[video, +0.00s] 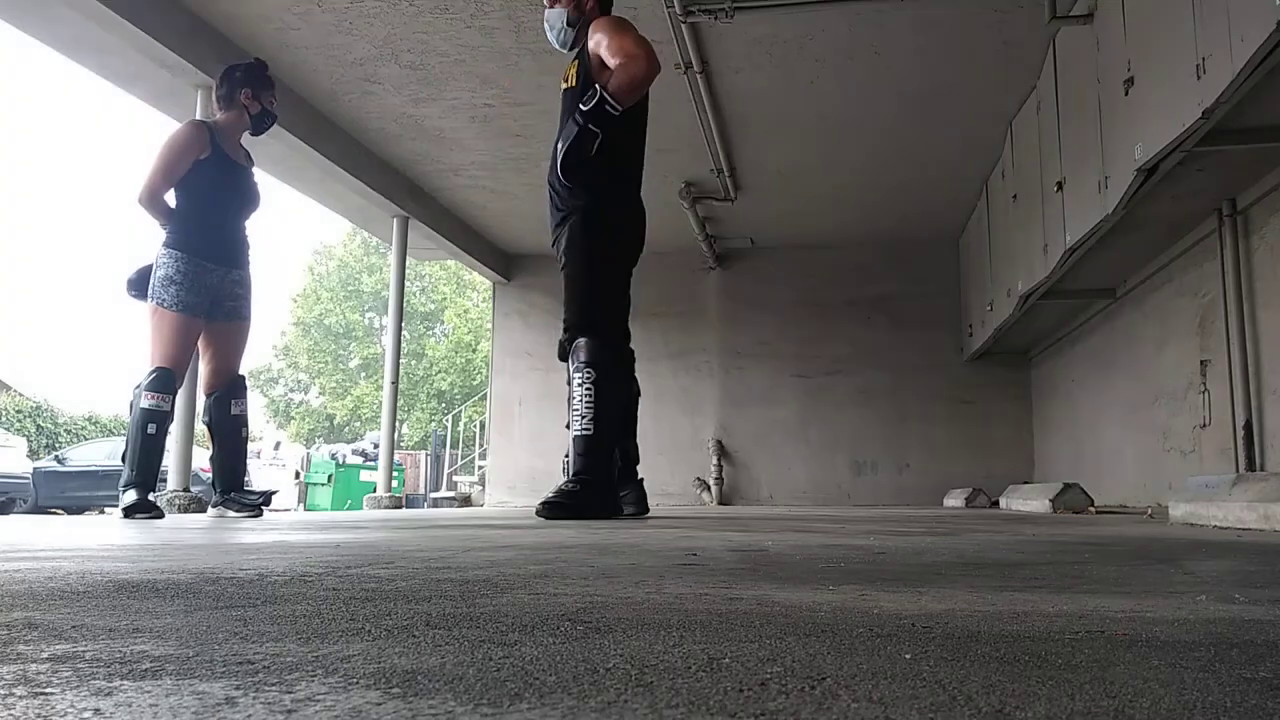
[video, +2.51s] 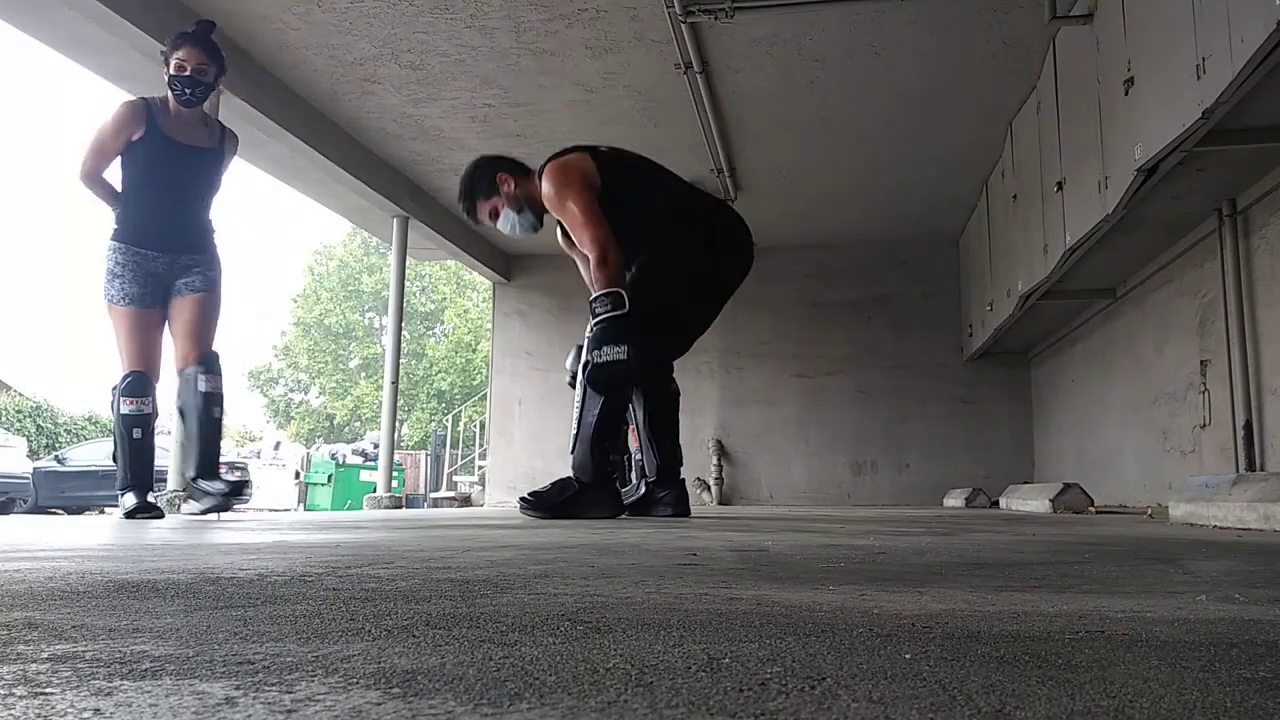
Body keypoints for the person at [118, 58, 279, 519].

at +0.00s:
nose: (272, 112)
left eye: (273, 104)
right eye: (269, 102)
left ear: (242, 100)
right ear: (246, 97)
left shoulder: (243, 155)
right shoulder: (196, 132)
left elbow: (229, 215)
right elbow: (149, 195)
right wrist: (179, 227)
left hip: (234, 271)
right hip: (186, 262)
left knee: (224, 381)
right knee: (165, 374)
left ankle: (228, 488)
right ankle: (138, 489)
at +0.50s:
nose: (248, 99)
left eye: (258, 94)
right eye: (240, 90)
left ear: (266, 103)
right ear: (220, 94)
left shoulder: (250, 159)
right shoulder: (198, 133)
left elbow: (234, 217)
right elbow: (151, 194)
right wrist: (180, 229)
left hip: (235, 273)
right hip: (186, 263)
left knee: (225, 382)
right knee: (164, 375)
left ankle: (228, 488)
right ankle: (138, 489)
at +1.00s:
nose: (227, 97)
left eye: (239, 90)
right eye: (220, 89)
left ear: (258, 99)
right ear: (211, 93)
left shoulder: (264, 161)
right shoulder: (190, 134)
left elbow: (247, 213)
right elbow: (151, 196)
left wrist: (223, 231)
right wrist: (190, 226)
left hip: (239, 275)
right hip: (184, 265)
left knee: (227, 383)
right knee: (164, 375)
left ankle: (229, 488)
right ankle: (138, 489)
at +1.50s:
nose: (226, 95)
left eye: (237, 89)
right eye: (218, 87)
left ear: (255, 98)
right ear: (208, 92)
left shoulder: (261, 160)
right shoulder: (186, 136)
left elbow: (247, 212)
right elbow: (151, 200)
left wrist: (239, 236)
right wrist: (191, 228)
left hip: (239, 274)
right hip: (185, 266)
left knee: (229, 384)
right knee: (165, 376)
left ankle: (229, 488)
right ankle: (137, 489)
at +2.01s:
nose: (212, 89)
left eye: (223, 82)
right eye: (204, 79)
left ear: (239, 92)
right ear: (190, 84)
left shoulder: (241, 154)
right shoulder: (165, 130)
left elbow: (228, 205)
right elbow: (127, 194)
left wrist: (200, 224)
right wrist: (167, 220)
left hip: (219, 271)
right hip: (164, 263)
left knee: (221, 381)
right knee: (152, 374)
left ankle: (228, 487)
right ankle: (137, 489)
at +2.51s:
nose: (188, 77)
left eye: (200, 70)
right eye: (180, 66)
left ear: (216, 79)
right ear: (166, 69)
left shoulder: (226, 141)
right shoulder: (137, 113)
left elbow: (204, 197)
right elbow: (90, 172)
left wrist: (188, 223)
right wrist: (128, 210)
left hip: (196, 258)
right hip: (135, 255)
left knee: (200, 366)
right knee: (139, 378)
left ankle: (205, 479)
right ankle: (137, 492)